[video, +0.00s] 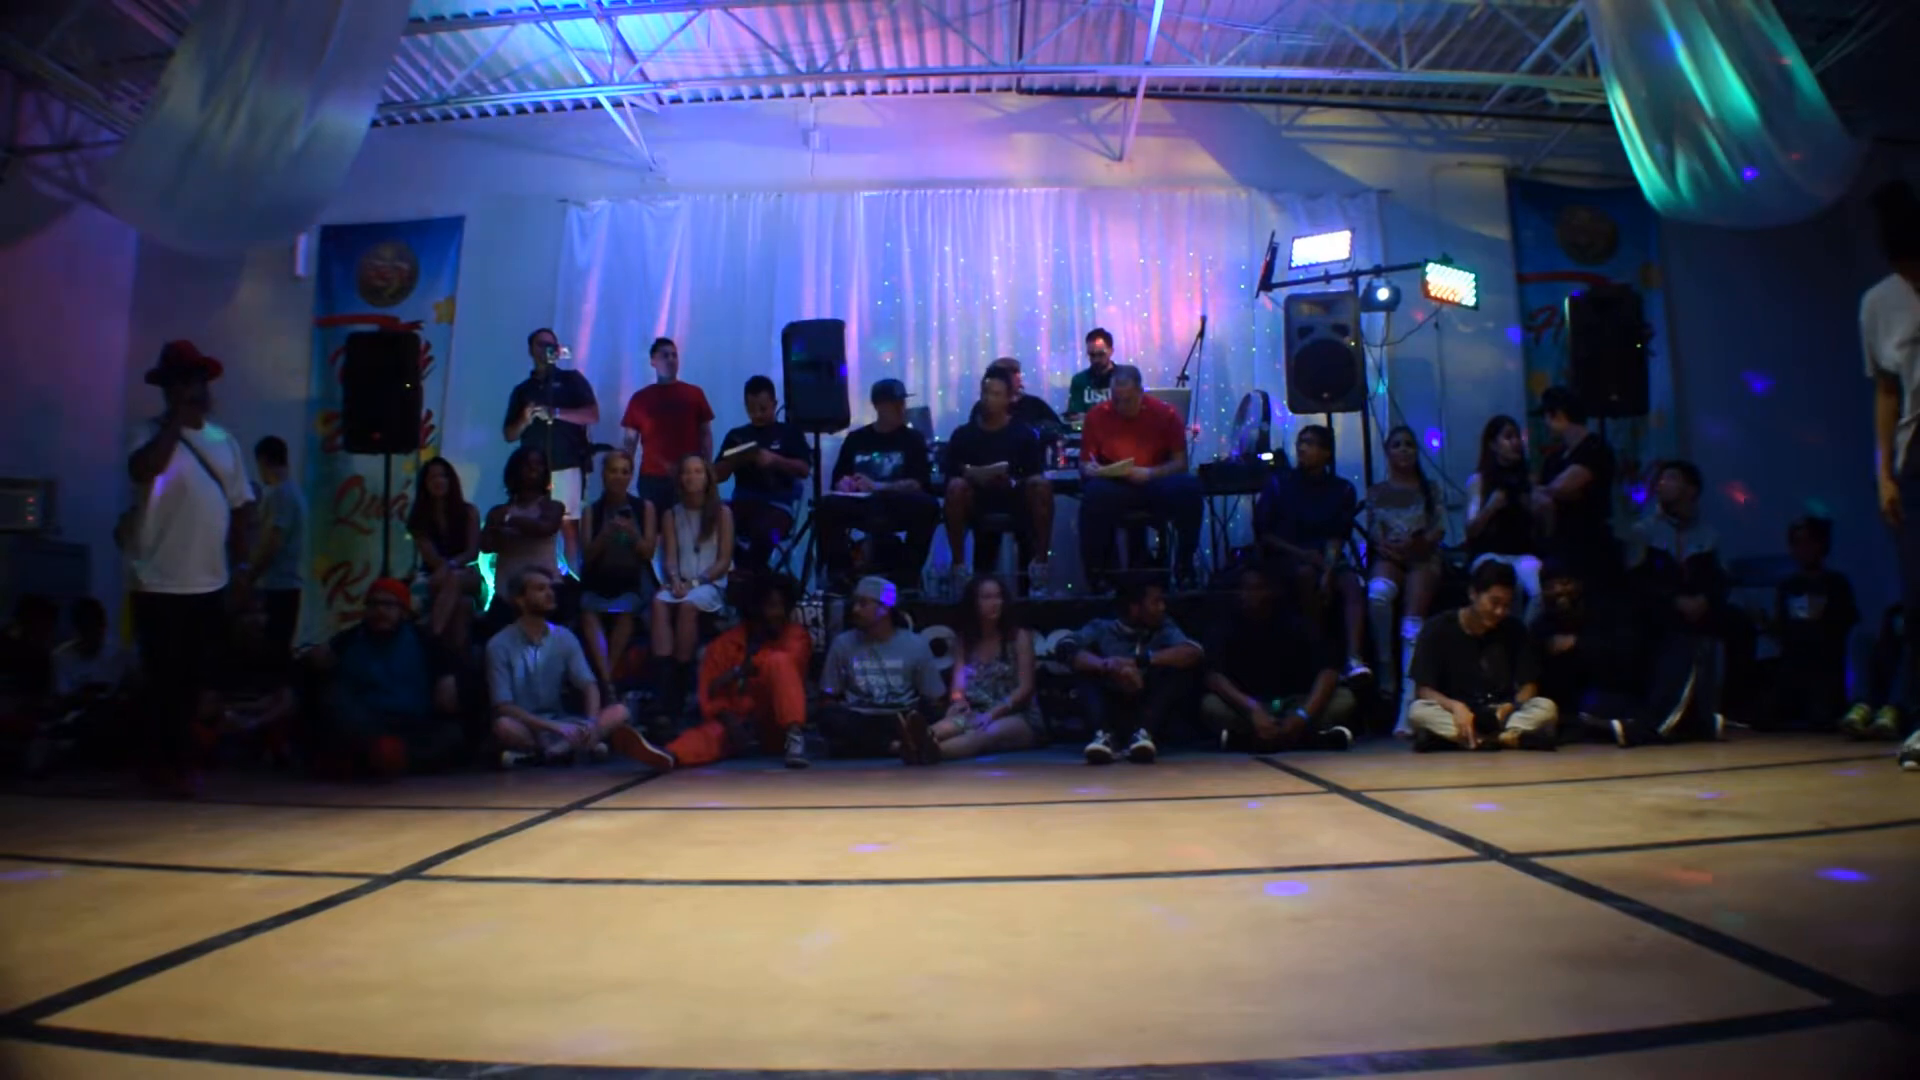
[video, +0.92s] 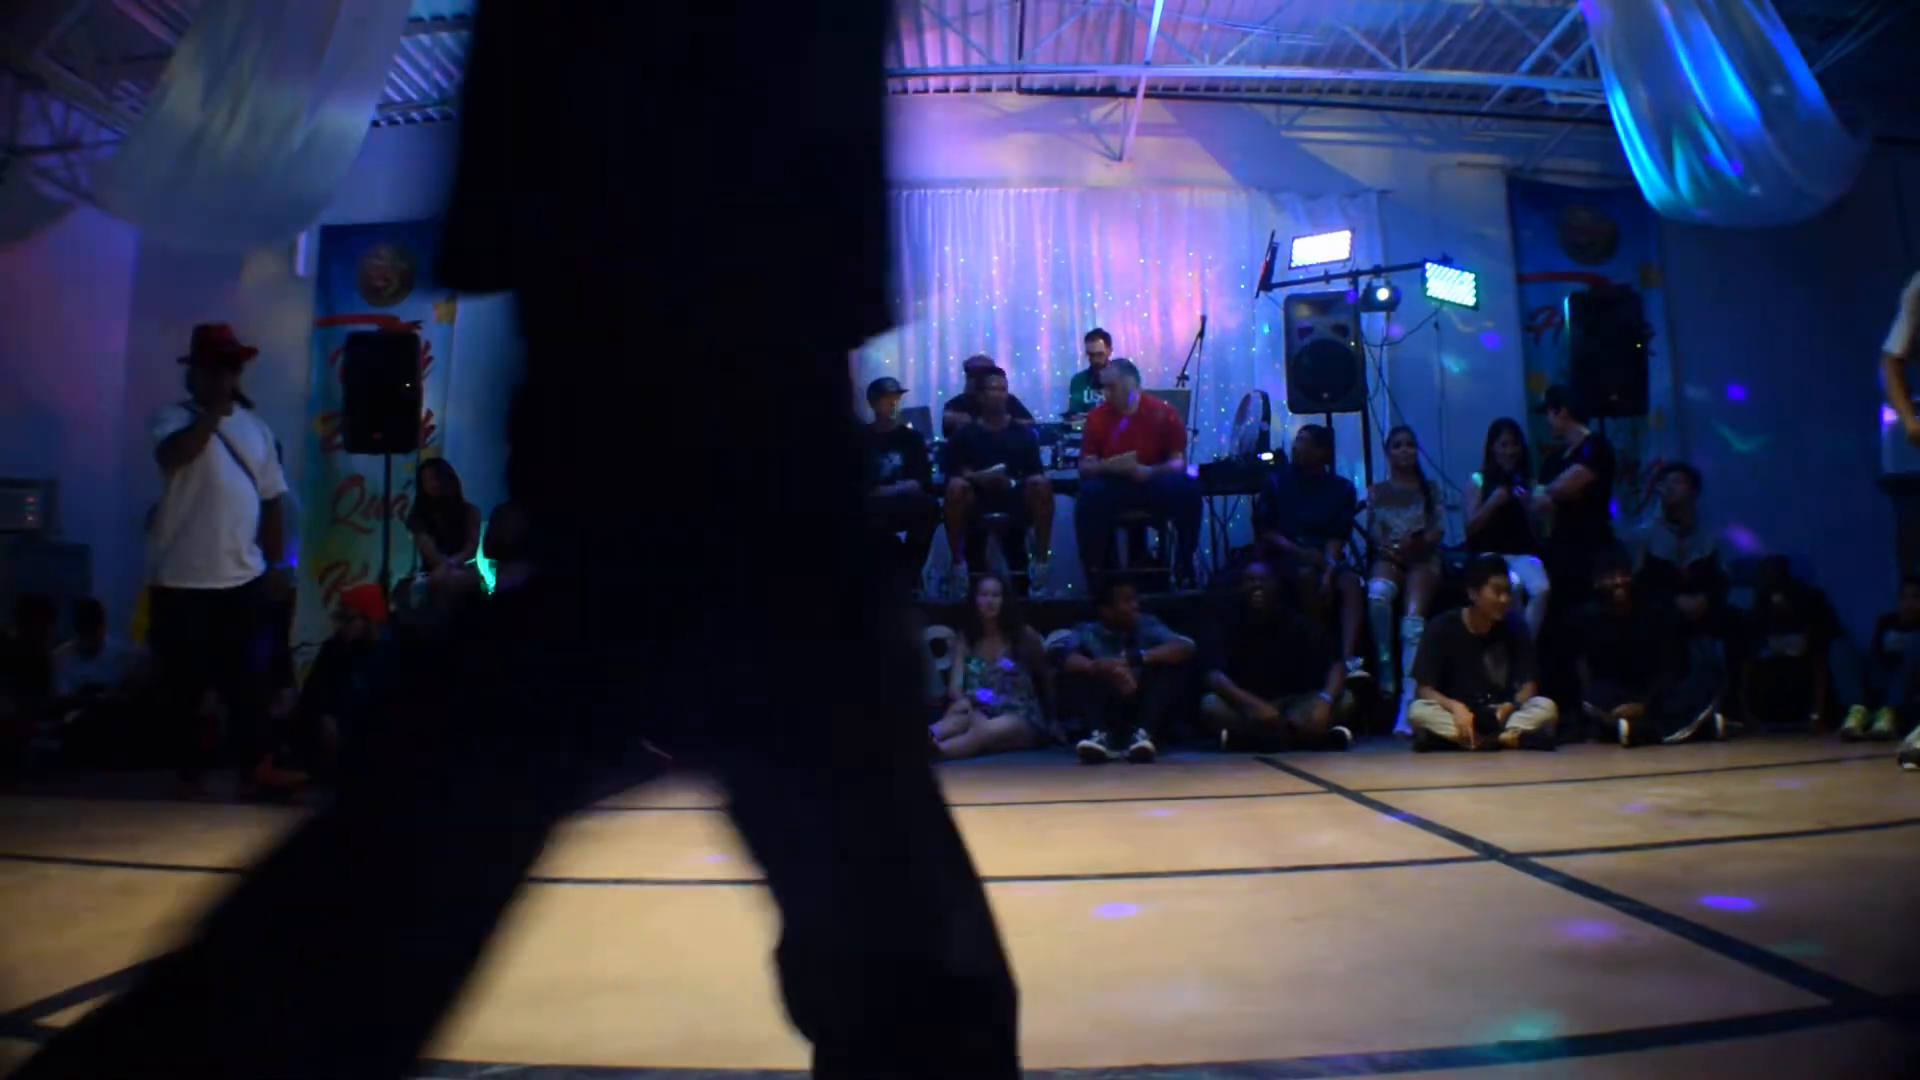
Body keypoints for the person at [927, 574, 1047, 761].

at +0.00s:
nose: (993, 603)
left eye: (997, 597)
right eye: (986, 597)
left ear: (1004, 601)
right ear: (974, 602)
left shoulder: (1019, 637)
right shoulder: (966, 640)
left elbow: (1026, 687)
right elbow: (957, 688)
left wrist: (990, 715)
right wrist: (960, 701)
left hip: (1010, 708)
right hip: (974, 708)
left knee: (991, 734)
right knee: (947, 726)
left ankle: (934, 752)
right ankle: (917, 741)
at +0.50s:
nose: (996, 600)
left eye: (1001, 595)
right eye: (989, 595)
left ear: (1008, 599)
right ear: (979, 599)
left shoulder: (1024, 636)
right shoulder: (969, 636)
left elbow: (1034, 687)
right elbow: (957, 686)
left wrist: (996, 714)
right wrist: (962, 703)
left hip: (1013, 710)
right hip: (977, 710)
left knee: (981, 736)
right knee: (958, 721)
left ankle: (935, 752)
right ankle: (922, 736)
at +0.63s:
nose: (994, 600)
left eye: (999, 595)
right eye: (988, 595)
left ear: (1008, 599)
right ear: (978, 599)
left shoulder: (1023, 636)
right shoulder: (969, 636)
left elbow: (1046, 682)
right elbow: (956, 687)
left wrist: (1020, 712)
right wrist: (964, 707)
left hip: (1014, 713)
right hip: (978, 712)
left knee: (988, 734)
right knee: (960, 718)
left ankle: (934, 751)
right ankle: (924, 736)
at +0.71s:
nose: (992, 601)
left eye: (998, 595)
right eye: (986, 595)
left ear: (1007, 599)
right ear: (977, 599)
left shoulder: (1023, 634)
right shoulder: (969, 634)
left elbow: (1050, 675)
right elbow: (956, 686)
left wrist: (1043, 712)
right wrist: (963, 704)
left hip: (1017, 709)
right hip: (979, 707)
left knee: (983, 735)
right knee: (962, 719)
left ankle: (936, 751)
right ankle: (923, 736)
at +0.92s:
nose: (990, 601)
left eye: (996, 595)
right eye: (984, 595)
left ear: (1005, 600)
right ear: (974, 600)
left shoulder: (1023, 635)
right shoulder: (966, 638)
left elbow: (1044, 677)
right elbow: (954, 689)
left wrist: (1052, 721)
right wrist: (968, 704)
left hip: (1018, 711)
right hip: (978, 708)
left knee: (984, 733)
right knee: (959, 718)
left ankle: (936, 752)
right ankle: (926, 735)